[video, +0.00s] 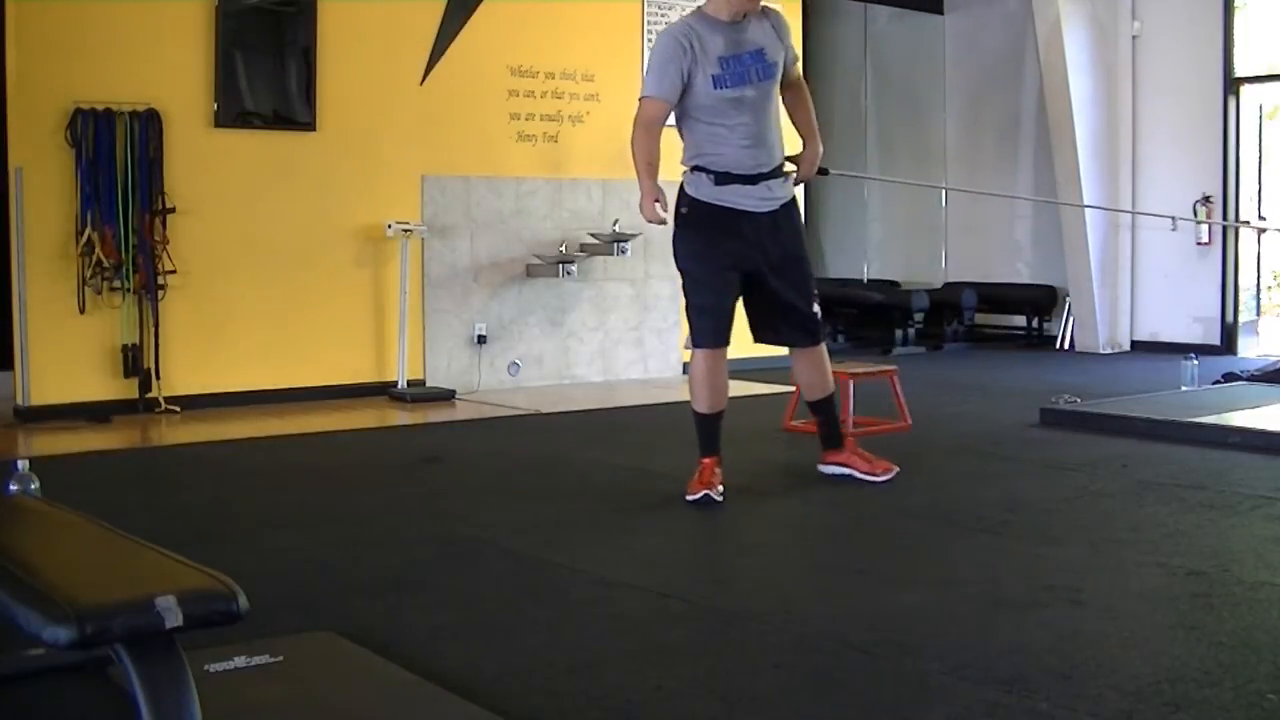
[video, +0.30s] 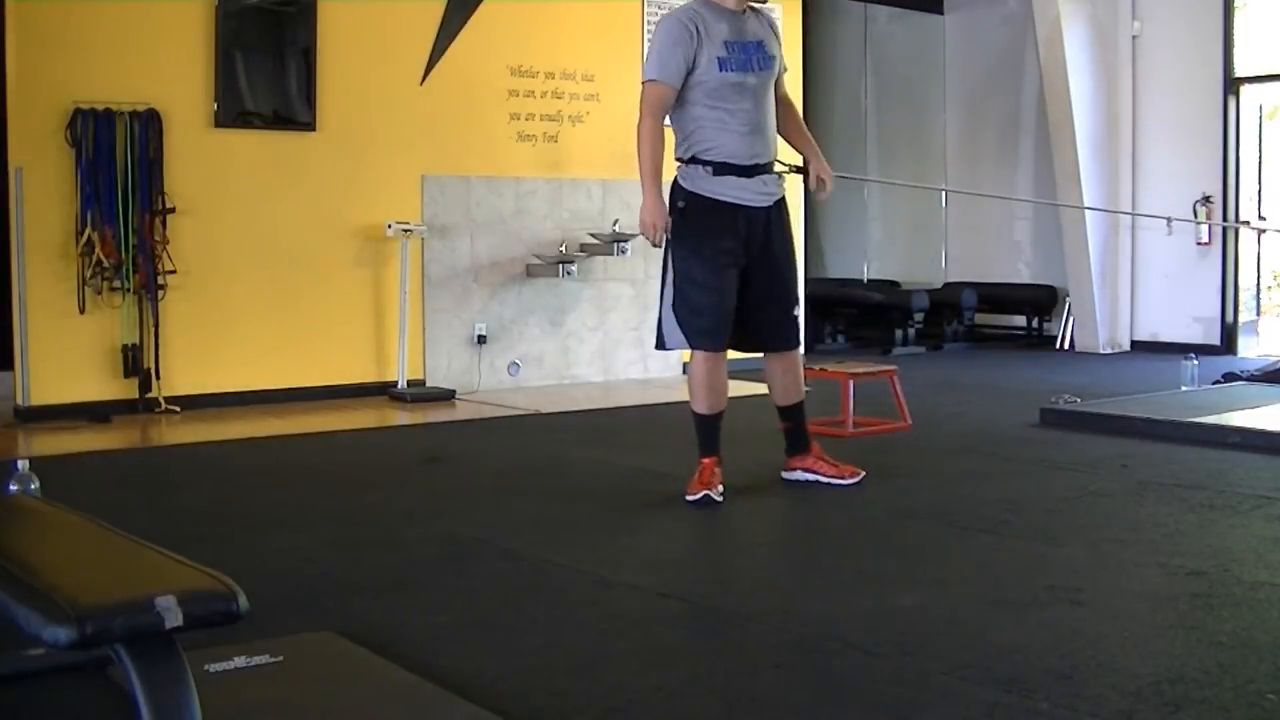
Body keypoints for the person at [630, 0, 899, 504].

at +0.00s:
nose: (758, 1)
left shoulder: (770, 23)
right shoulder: (679, 41)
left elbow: (792, 82)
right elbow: (648, 120)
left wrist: (813, 142)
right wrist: (647, 181)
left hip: (775, 207)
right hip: (708, 209)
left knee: (806, 330)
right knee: (709, 338)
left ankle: (835, 448)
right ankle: (709, 464)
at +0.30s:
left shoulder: (764, 23)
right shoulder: (682, 23)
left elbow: (778, 100)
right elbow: (652, 113)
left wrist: (812, 151)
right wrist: (652, 196)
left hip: (767, 203)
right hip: (705, 202)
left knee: (782, 332)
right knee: (709, 338)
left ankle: (800, 454)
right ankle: (709, 464)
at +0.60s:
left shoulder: (783, 29)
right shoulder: (709, 25)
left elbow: (789, 106)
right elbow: (685, 111)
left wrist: (824, 155)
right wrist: (699, 193)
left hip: (797, 197)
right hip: (743, 196)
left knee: (798, 329)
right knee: (741, 332)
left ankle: (801, 453)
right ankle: (718, 460)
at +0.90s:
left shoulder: (810, 25)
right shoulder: (745, 26)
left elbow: (816, 100)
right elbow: (714, 110)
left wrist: (856, 147)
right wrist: (749, 180)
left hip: (826, 192)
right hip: (781, 193)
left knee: (814, 322)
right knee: (830, 314)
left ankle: (800, 452)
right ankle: (853, 451)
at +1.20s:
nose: (873, 3)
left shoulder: (861, 34)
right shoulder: (797, 47)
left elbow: (852, 94)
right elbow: (750, 128)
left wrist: (877, 120)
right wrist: (749, 204)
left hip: (871, 201)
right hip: (832, 203)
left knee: (863, 329)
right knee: (882, 323)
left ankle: (813, 443)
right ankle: (909, 452)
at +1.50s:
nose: (930, 9)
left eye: (931, 3)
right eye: (927, 1)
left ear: (906, 4)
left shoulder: (908, 47)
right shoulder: (848, 46)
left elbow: (891, 121)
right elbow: (814, 124)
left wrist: (921, 164)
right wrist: (840, 197)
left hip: (918, 203)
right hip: (870, 205)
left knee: (953, 311)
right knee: (909, 321)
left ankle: (938, 428)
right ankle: (912, 452)